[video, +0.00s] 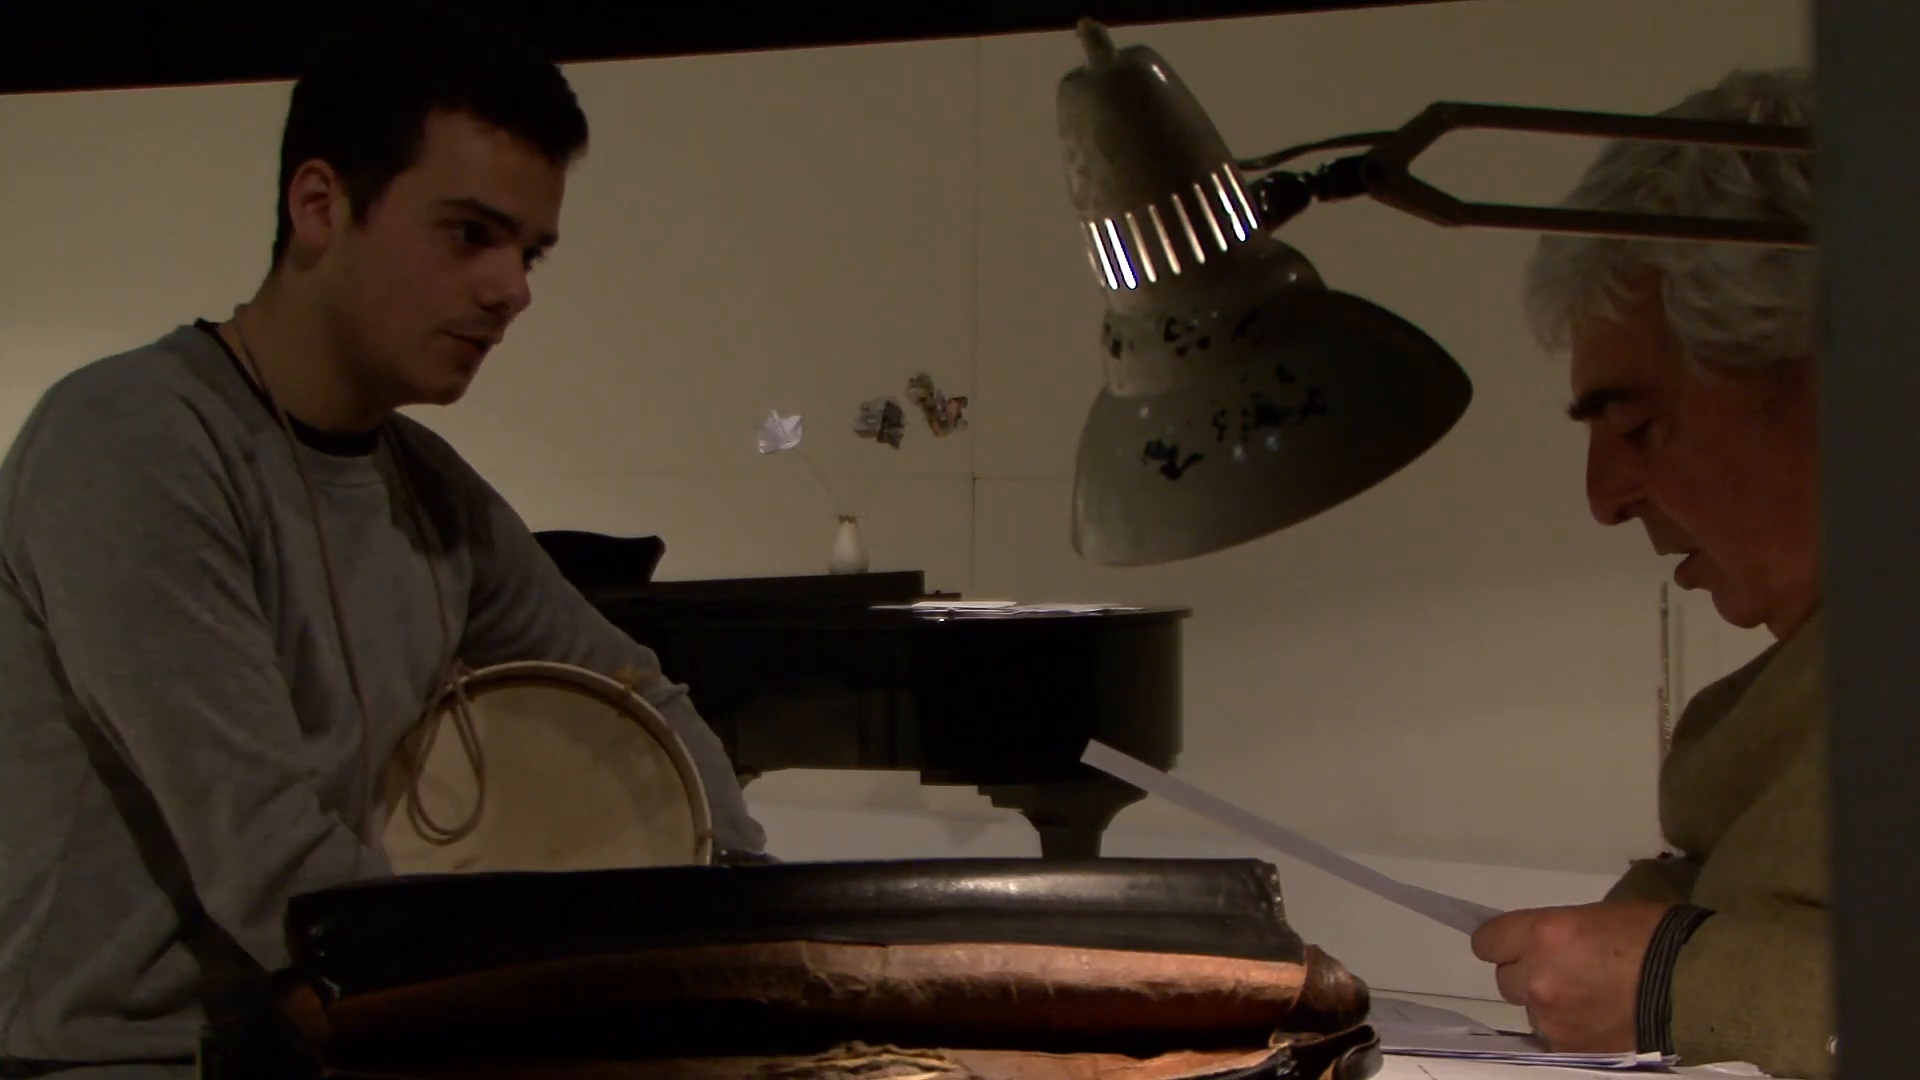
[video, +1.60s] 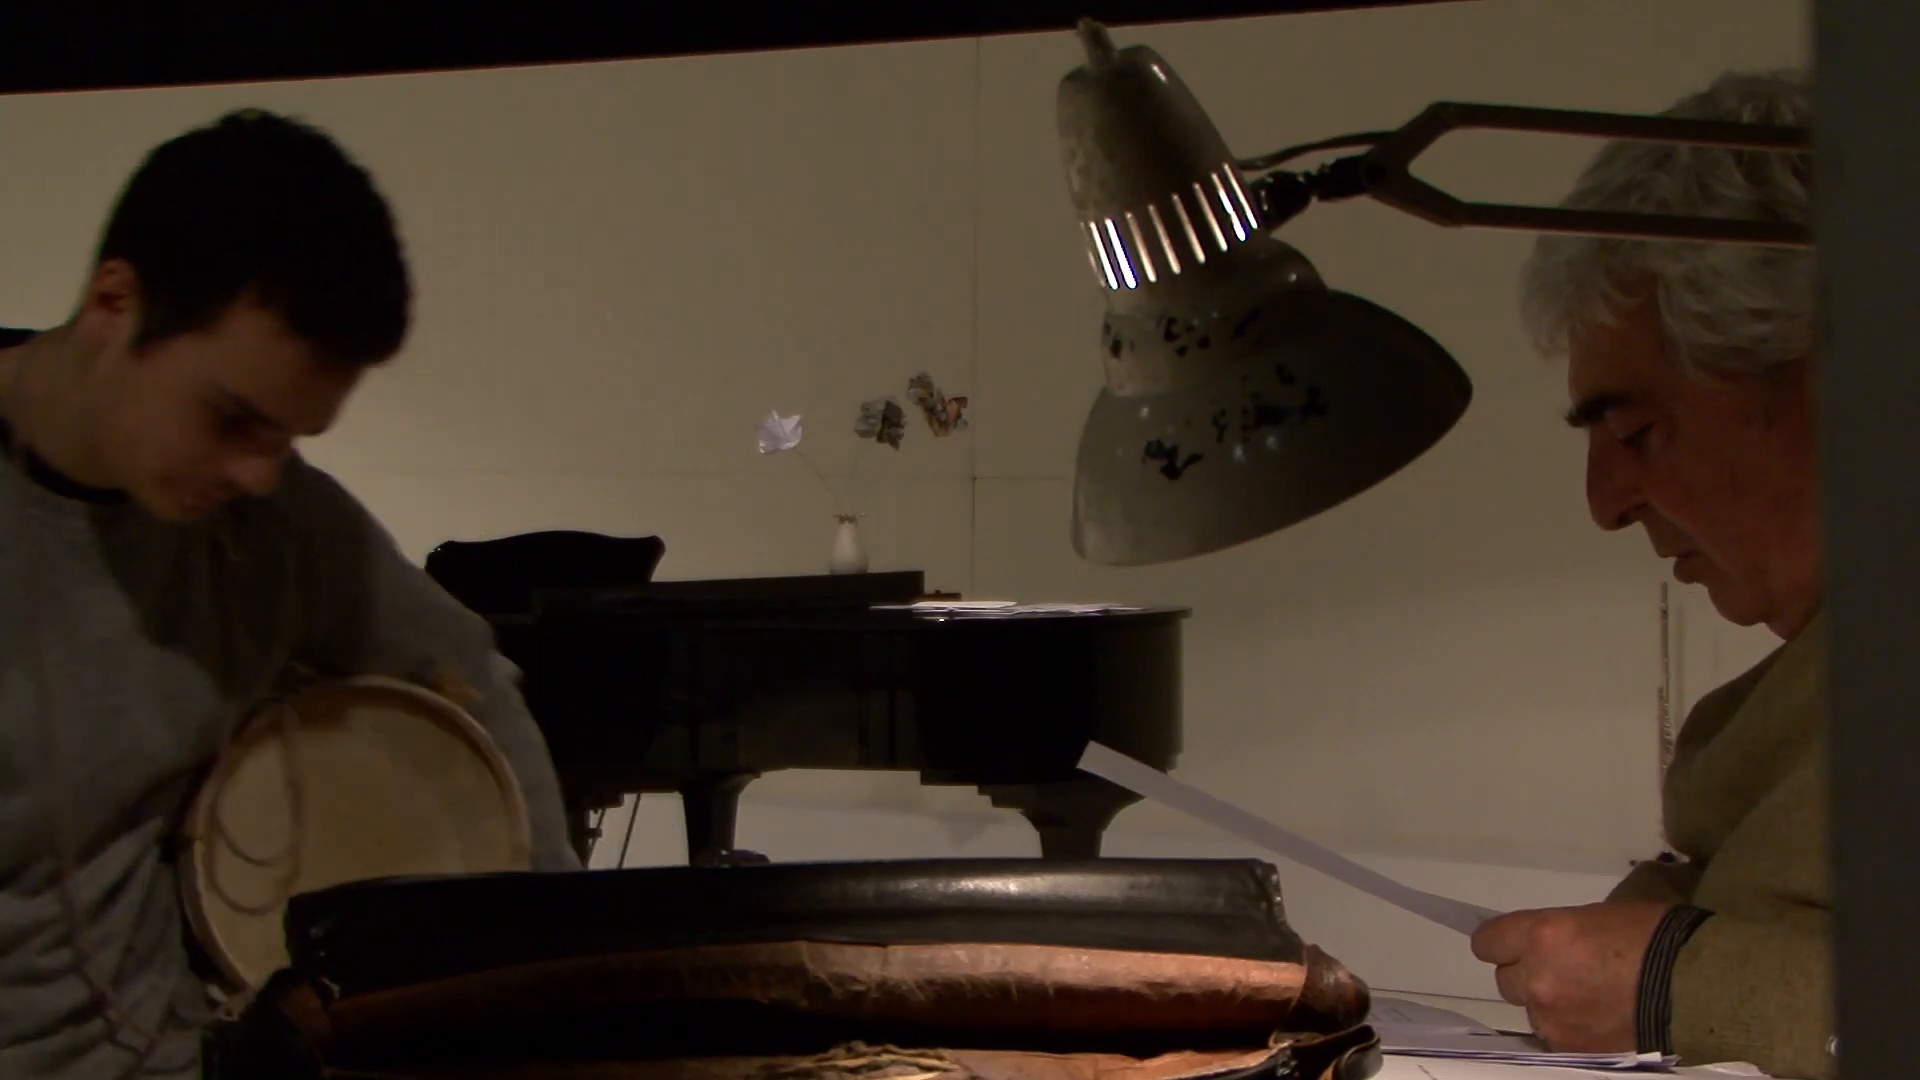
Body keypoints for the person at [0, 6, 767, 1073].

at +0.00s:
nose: (510, 292)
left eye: (528, 256)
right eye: (469, 234)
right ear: (318, 206)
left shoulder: (435, 494)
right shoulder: (120, 444)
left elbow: (635, 700)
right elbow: (273, 871)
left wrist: (748, 919)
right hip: (116, 1057)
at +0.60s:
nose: (523, 338)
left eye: (549, 301)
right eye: (493, 279)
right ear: (349, 224)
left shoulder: (459, 494)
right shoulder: (110, 445)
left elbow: (669, 719)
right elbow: (222, 898)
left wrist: (724, 947)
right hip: (89, 1045)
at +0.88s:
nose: (517, 427)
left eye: (542, 394)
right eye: (499, 369)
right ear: (374, 265)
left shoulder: (478, 519)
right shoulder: (90, 444)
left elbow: (677, 735)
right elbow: (80, 872)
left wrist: (715, 953)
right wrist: (317, 1041)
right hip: (56, 1036)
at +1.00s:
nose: (520, 431)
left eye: (544, 397)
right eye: (502, 371)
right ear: (377, 268)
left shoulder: (467, 523)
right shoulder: (86, 442)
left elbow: (665, 745)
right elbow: (88, 872)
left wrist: (689, 966)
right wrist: (326, 1044)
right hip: (48, 1042)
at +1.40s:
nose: (409, 454)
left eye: (438, 420)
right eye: (393, 398)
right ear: (270, 283)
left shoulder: (385, 514)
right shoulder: (18, 450)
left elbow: (574, 736)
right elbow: (9, 859)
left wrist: (627, 960)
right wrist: (258, 1028)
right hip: (32, 1028)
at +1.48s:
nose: (354, 459)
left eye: (382, 423)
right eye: (333, 401)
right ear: (210, 287)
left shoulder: (346, 521)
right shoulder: (15, 468)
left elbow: (539, 730)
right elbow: (12, 932)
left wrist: (573, 972)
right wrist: (191, 1062)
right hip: (44, 1041)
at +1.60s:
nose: (262, 478)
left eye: (292, 439)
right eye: (235, 422)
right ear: (111, 307)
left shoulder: (282, 518)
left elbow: (469, 684)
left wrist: (543, 928)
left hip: (217, 1038)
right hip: (28, 1051)